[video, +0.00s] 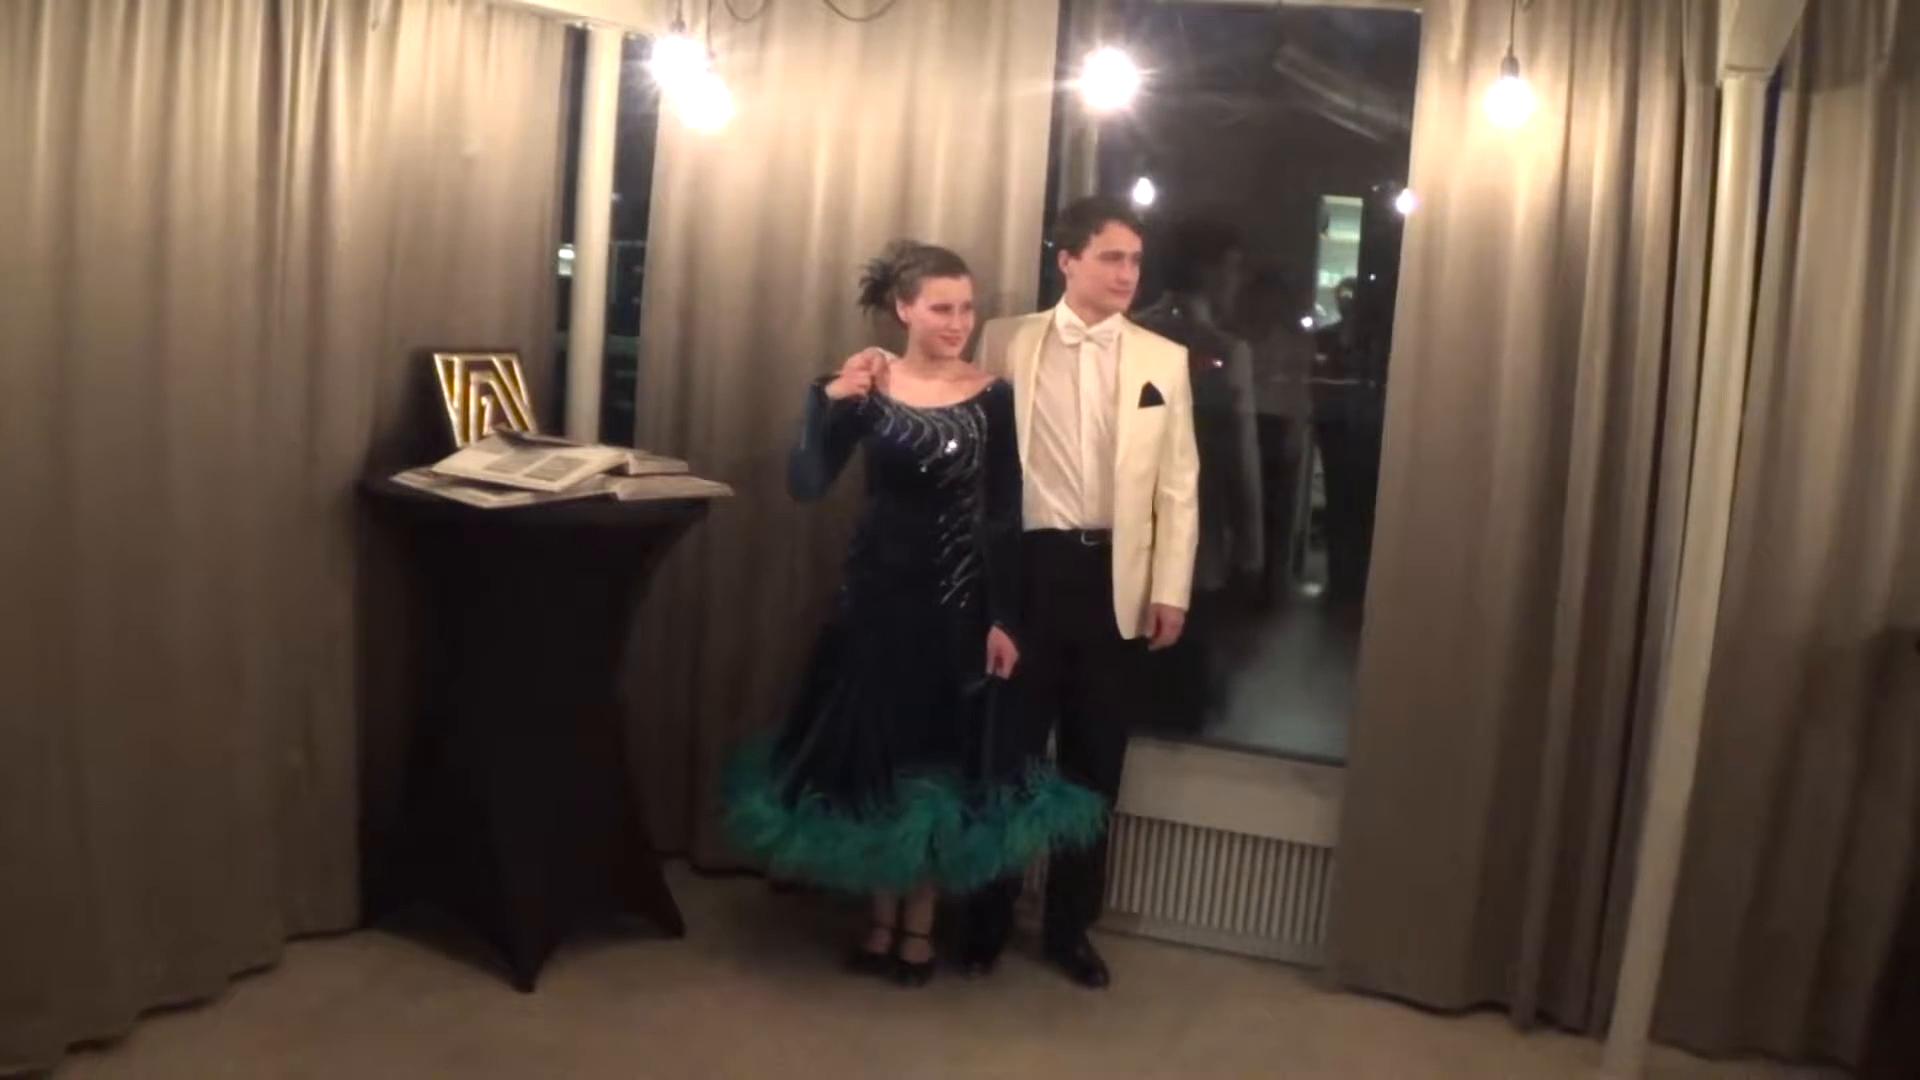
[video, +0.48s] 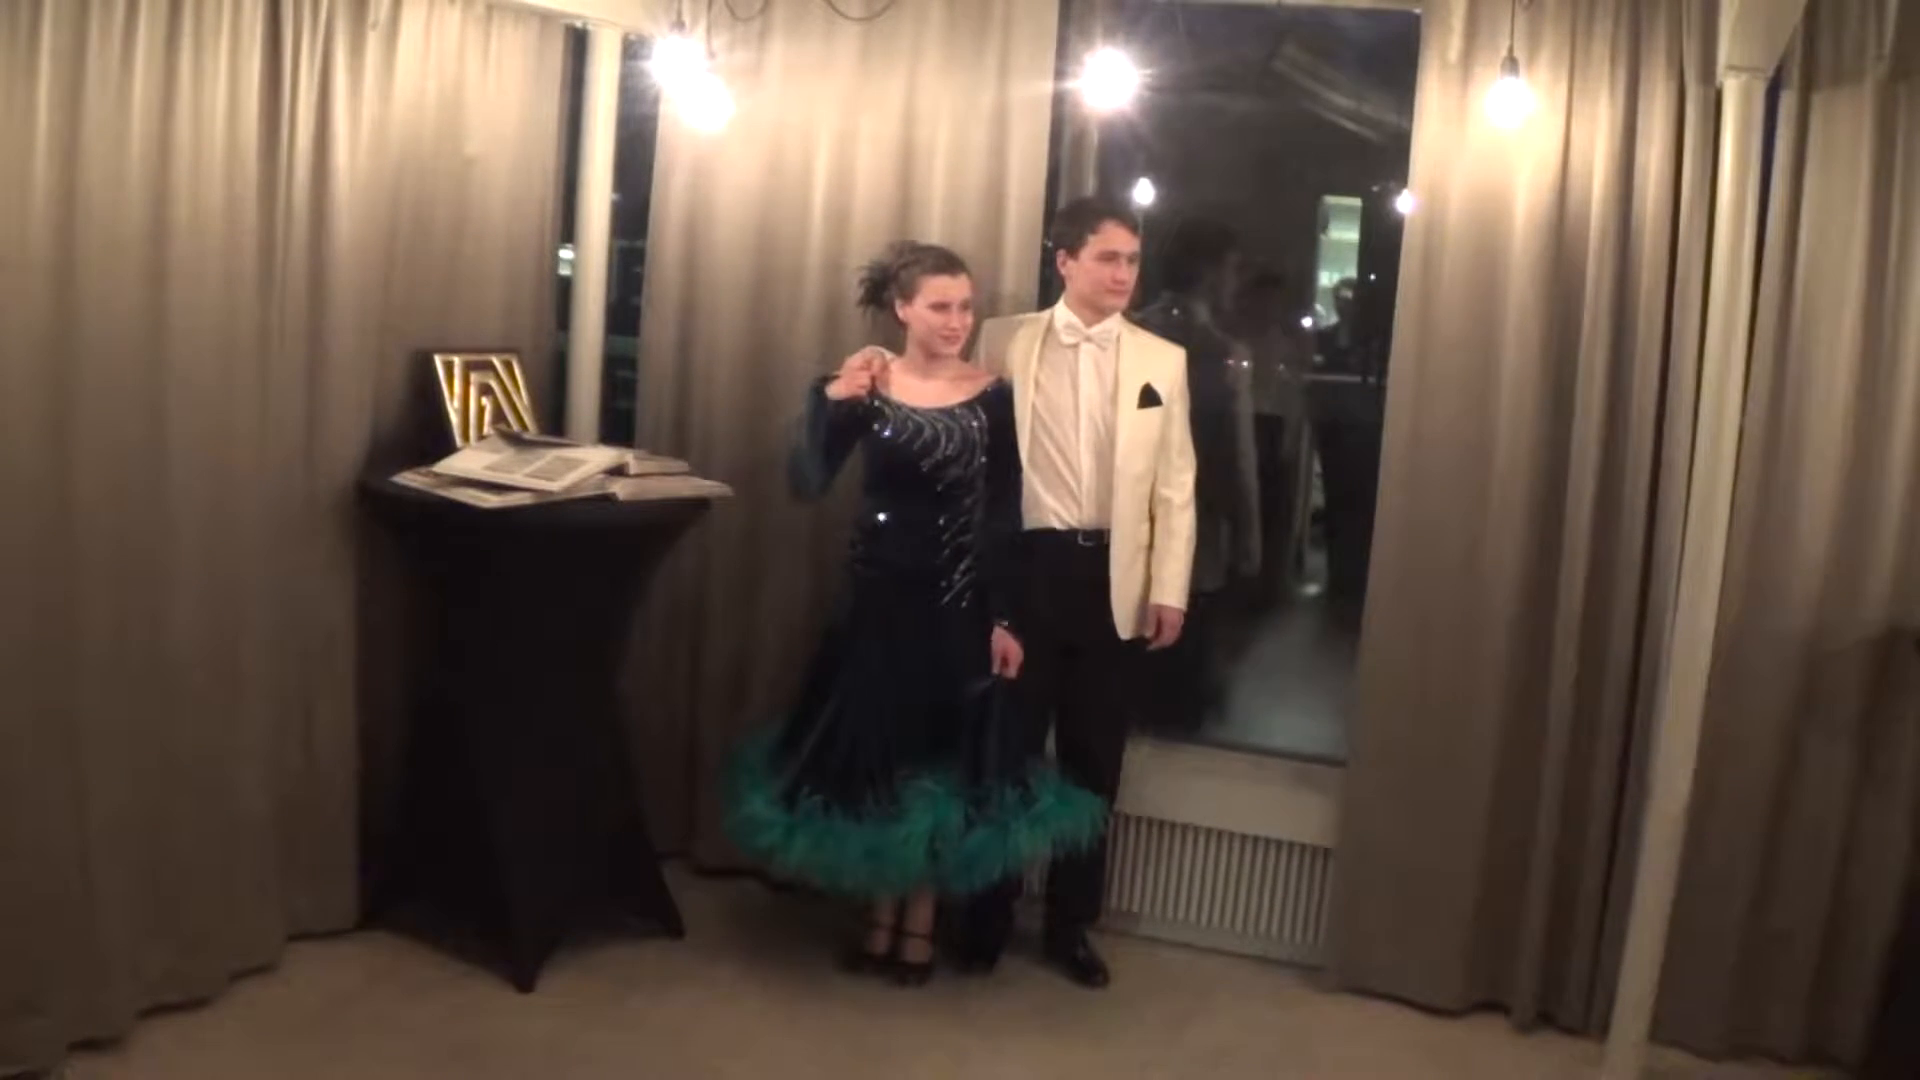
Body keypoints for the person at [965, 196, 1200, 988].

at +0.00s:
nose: (1127, 274)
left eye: (1136, 262)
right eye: (1111, 258)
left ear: (1143, 272)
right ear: (1066, 261)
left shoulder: (1163, 360)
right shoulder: (1008, 343)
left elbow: (1180, 483)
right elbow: (969, 457)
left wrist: (1171, 587)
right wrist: (964, 569)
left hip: (1117, 574)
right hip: (1023, 566)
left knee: (1096, 757)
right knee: (1008, 743)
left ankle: (1069, 928)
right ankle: (982, 922)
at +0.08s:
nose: (1126, 274)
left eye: (1134, 261)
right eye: (1111, 258)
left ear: (1142, 272)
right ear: (1065, 261)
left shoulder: (1164, 361)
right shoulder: (1008, 344)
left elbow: (1179, 484)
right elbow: (968, 457)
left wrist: (1171, 588)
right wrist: (964, 570)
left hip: (1116, 574)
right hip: (1022, 567)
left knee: (1096, 757)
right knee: (1008, 744)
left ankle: (1069, 928)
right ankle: (982, 923)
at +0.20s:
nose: (1125, 274)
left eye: (1134, 262)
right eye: (1110, 258)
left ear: (1142, 273)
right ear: (1065, 261)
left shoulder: (1164, 362)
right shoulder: (1008, 344)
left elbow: (1179, 485)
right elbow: (967, 457)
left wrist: (1170, 588)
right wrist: (962, 569)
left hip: (1115, 575)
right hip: (1021, 567)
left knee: (1095, 758)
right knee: (1007, 744)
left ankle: (1070, 928)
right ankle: (981, 923)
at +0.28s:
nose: (1125, 274)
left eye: (1134, 262)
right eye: (1110, 258)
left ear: (1142, 272)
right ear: (1065, 261)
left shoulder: (1163, 362)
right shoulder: (1008, 343)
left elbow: (1178, 484)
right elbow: (968, 458)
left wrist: (1170, 589)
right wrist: (962, 571)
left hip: (1115, 574)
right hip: (1021, 567)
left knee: (1095, 757)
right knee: (1007, 744)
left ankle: (1070, 928)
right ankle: (981, 923)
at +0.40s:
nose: (1124, 275)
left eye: (1133, 262)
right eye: (1109, 259)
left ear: (1141, 272)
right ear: (1064, 262)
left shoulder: (1163, 362)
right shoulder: (1007, 343)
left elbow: (1177, 485)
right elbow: (967, 457)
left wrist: (1169, 588)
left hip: (1114, 575)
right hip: (1020, 567)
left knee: (1094, 756)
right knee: (1005, 742)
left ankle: (1071, 926)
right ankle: (980, 921)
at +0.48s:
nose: (1124, 274)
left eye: (1133, 262)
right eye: (1109, 258)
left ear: (1140, 273)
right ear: (1064, 262)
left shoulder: (1162, 362)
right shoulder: (1007, 342)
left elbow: (1177, 485)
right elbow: (966, 453)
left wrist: (1169, 588)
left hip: (1114, 576)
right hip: (1020, 567)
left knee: (1094, 756)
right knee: (1006, 742)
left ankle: (1071, 926)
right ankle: (980, 920)